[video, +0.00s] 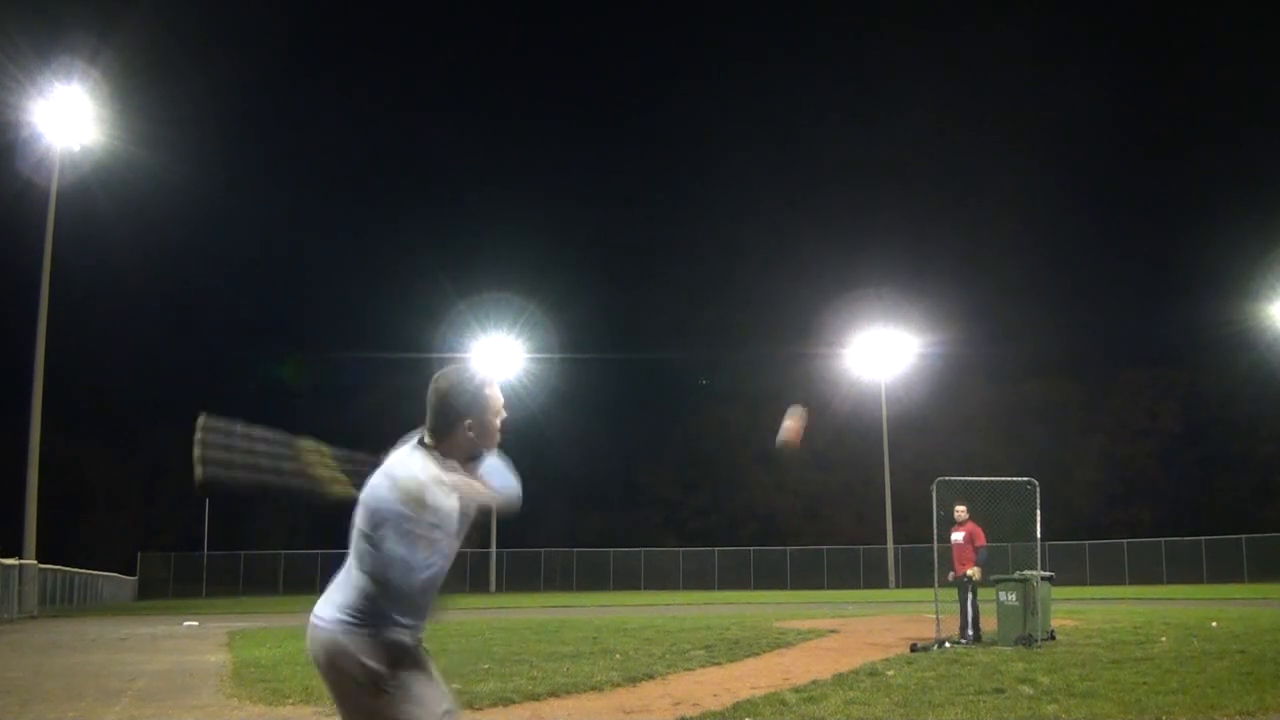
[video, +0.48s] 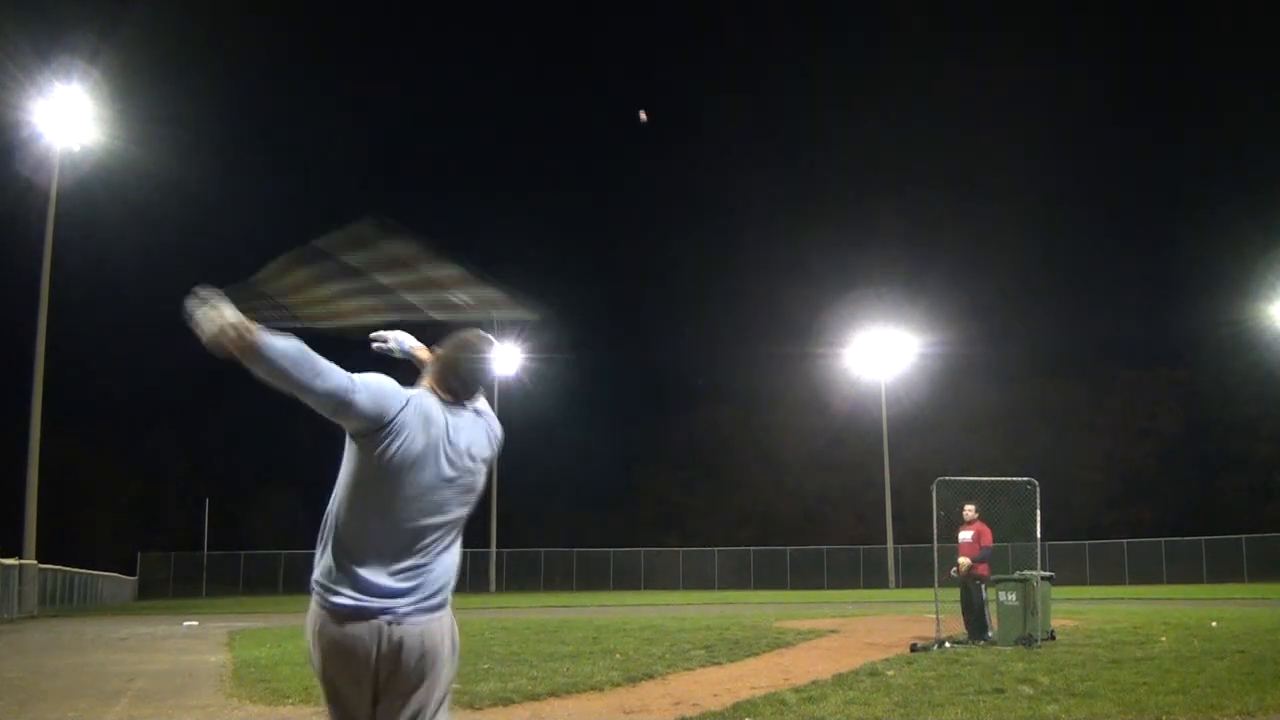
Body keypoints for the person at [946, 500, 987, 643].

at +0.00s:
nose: (959, 514)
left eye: (962, 511)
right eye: (957, 511)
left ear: (967, 513)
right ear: (953, 513)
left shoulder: (973, 529)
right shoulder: (954, 530)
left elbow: (982, 549)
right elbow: (957, 553)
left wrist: (977, 566)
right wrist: (954, 570)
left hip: (969, 572)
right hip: (959, 573)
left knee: (968, 605)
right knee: (964, 605)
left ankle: (969, 635)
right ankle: (969, 633)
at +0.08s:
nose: (960, 514)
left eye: (963, 511)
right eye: (958, 511)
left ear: (968, 514)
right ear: (955, 513)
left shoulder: (974, 528)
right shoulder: (956, 529)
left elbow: (983, 548)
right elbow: (958, 553)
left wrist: (976, 565)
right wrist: (954, 570)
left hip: (970, 573)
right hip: (959, 573)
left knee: (970, 602)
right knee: (963, 604)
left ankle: (974, 634)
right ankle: (967, 633)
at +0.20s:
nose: (963, 514)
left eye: (966, 512)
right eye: (961, 512)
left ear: (971, 514)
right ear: (958, 514)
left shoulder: (977, 528)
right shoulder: (958, 530)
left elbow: (984, 549)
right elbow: (960, 553)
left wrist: (975, 564)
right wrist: (955, 569)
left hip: (972, 573)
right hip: (961, 573)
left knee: (972, 603)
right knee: (964, 604)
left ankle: (977, 633)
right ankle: (970, 633)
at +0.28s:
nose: (964, 514)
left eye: (967, 512)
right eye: (962, 511)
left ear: (973, 513)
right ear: (959, 513)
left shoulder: (978, 528)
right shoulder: (959, 529)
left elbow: (985, 549)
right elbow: (961, 552)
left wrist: (974, 563)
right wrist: (956, 568)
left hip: (973, 573)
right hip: (961, 573)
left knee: (974, 603)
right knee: (965, 604)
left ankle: (980, 633)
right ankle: (971, 633)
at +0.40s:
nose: (966, 513)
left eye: (969, 511)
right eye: (964, 511)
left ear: (975, 514)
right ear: (961, 513)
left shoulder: (981, 528)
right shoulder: (961, 529)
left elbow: (986, 549)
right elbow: (961, 550)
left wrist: (972, 561)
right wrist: (958, 566)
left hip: (976, 573)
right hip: (963, 573)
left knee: (978, 604)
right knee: (966, 605)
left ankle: (983, 634)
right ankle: (971, 634)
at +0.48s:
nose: (966, 513)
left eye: (970, 511)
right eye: (965, 511)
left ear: (976, 513)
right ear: (962, 513)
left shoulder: (983, 529)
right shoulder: (962, 529)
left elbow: (986, 551)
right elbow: (962, 551)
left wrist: (970, 561)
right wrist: (957, 566)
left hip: (978, 573)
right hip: (965, 574)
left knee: (979, 605)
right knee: (966, 606)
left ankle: (983, 635)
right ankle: (972, 634)